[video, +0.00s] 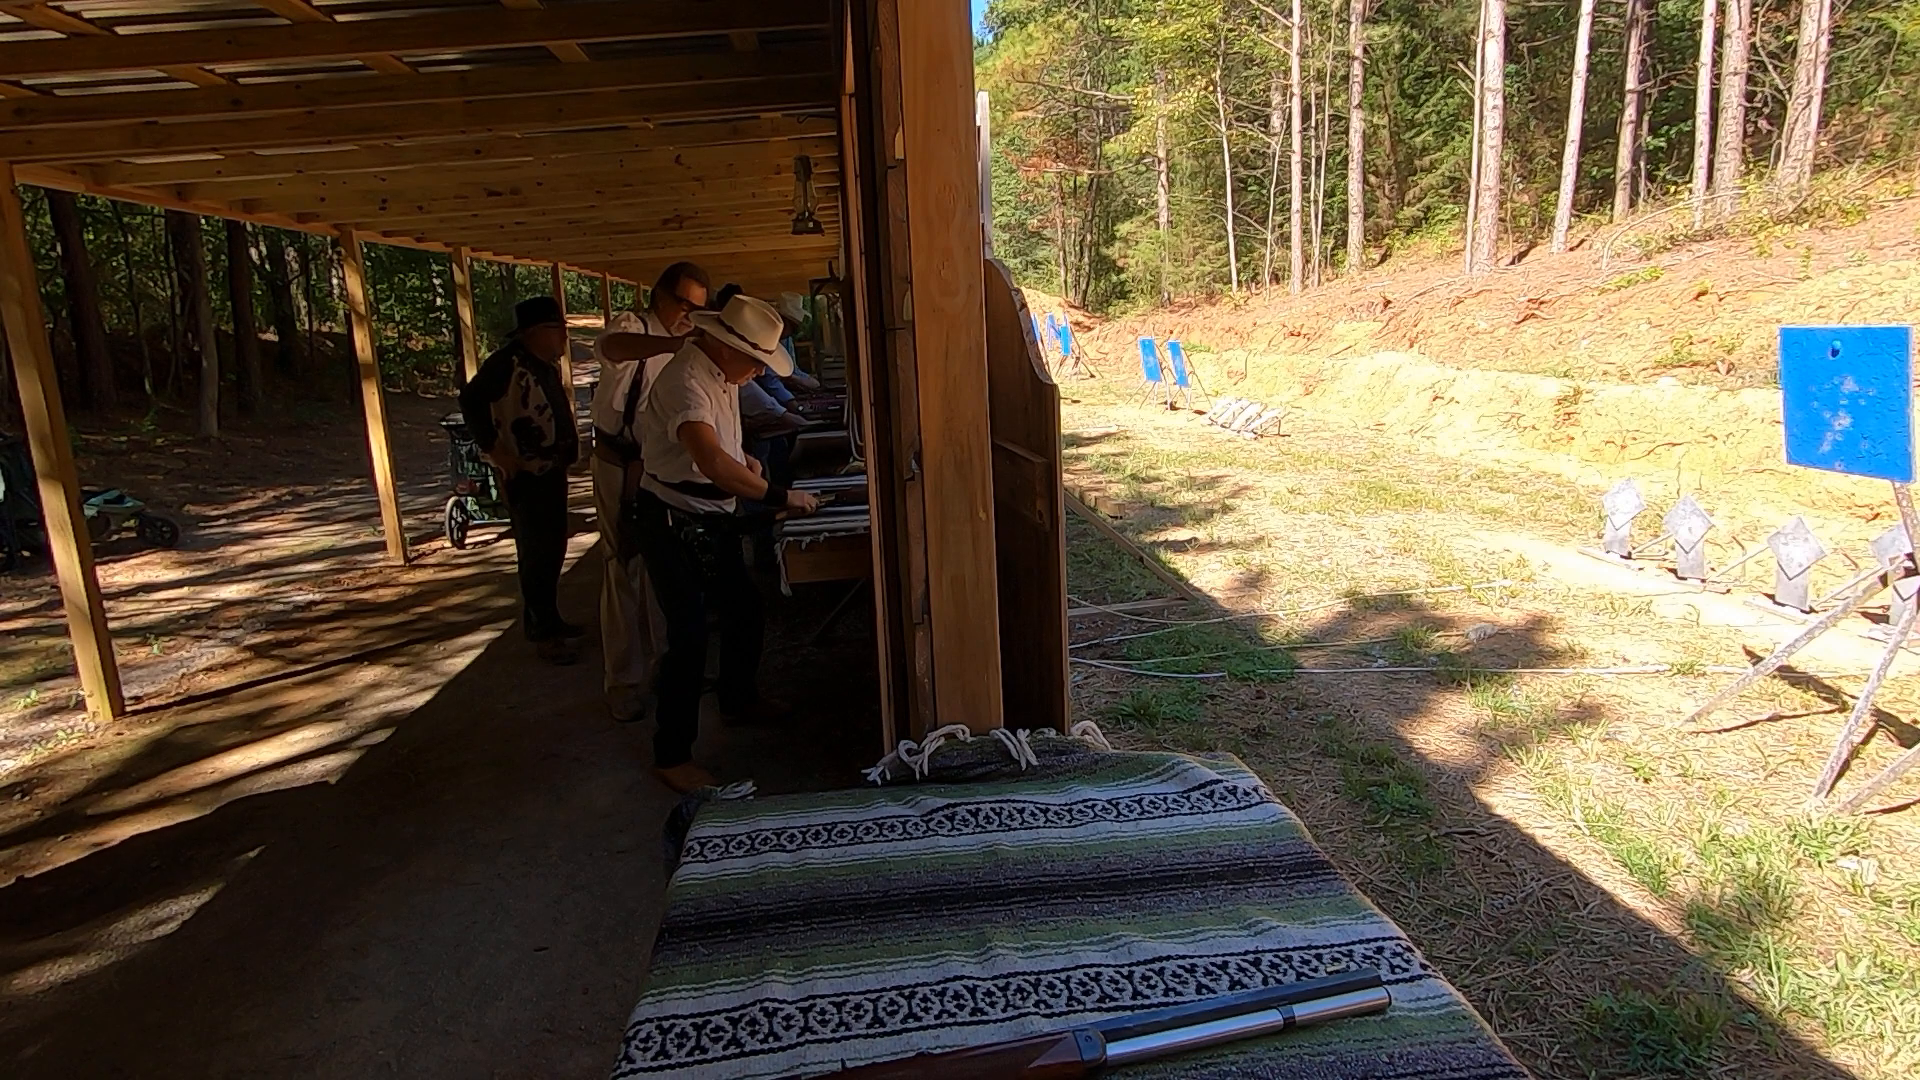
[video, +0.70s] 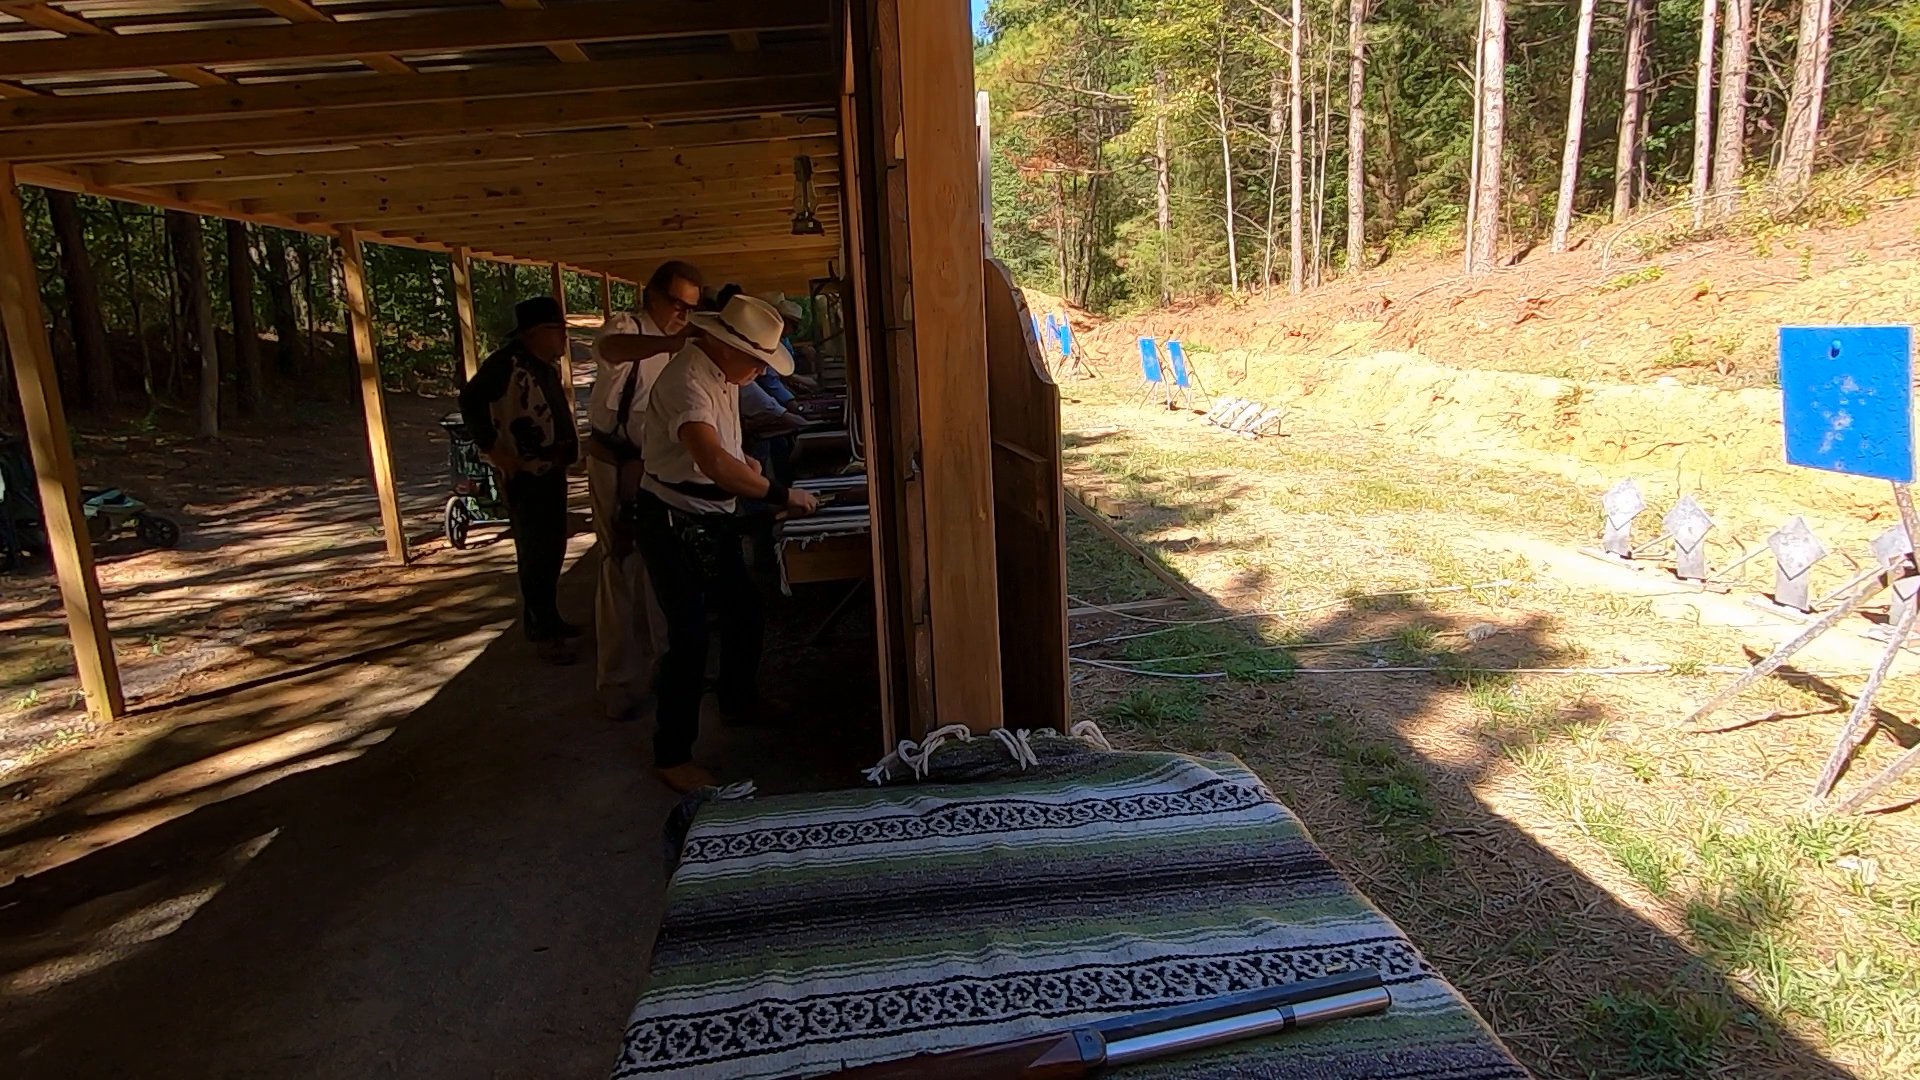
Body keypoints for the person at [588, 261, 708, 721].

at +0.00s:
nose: (689, 314)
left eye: (696, 309)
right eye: (683, 304)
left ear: (699, 311)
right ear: (659, 295)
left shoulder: (690, 344)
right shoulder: (631, 325)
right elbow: (608, 347)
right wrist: (674, 345)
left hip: (667, 461)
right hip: (618, 462)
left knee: (669, 563)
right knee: (624, 569)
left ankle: (670, 665)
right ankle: (624, 682)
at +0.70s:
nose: (683, 314)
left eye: (690, 308)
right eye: (677, 304)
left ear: (692, 310)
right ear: (651, 296)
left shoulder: (683, 344)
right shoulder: (625, 326)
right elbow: (608, 349)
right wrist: (671, 343)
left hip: (664, 459)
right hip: (615, 461)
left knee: (665, 562)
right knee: (620, 568)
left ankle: (670, 664)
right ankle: (616, 682)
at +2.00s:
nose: (513, 311)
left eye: (518, 303)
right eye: (502, 303)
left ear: (522, 305)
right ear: (470, 306)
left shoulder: (547, 363)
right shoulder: (438, 365)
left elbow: (571, 433)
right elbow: (419, 441)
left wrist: (598, 496)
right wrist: (457, 457)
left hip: (537, 492)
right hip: (480, 496)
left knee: (531, 600)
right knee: (505, 603)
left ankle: (513, 724)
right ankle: (543, 688)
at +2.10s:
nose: (513, 313)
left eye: (517, 304)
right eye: (501, 304)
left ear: (520, 305)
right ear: (469, 308)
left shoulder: (542, 364)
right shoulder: (432, 364)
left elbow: (568, 436)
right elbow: (412, 442)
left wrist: (592, 502)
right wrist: (455, 458)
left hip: (531, 495)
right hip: (471, 499)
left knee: (524, 605)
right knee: (501, 606)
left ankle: (510, 726)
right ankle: (545, 689)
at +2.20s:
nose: (515, 313)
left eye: (518, 303)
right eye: (504, 304)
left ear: (519, 307)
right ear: (469, 306)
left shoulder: (538, 365)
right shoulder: (428, 359)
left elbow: (559, 440)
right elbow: (402, 439)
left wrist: (584, 504)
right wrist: (445, 457)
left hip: (527, 495)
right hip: (466, 499)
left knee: (523, 610)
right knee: (496, 609)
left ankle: (510, 728)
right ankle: (543, 694)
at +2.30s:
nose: (513, 313)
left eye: (516, 304)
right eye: (501, 304)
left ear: (517, 307)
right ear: (465, 304)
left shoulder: (535, 365)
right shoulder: (423, 357)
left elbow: (554, 439)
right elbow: (395, 439)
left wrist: (576, 503)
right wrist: (443, 457)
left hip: (521, 497)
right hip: (458, 501)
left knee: (521, 612)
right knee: (478, 610)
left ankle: (512, 728)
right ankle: (522, 688)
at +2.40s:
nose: (506, 320)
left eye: (512, 310)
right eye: (496, 309)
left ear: (516, 310)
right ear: (461, 304)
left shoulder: (529, 364)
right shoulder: (419, 355)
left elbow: (547, 440)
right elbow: (386, 436)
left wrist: (571, 509)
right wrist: (438, 456)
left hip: (514, 500)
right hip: (450, 503)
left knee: (520, 611)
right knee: (463, 612)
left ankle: (513, 729)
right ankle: (503, 701)